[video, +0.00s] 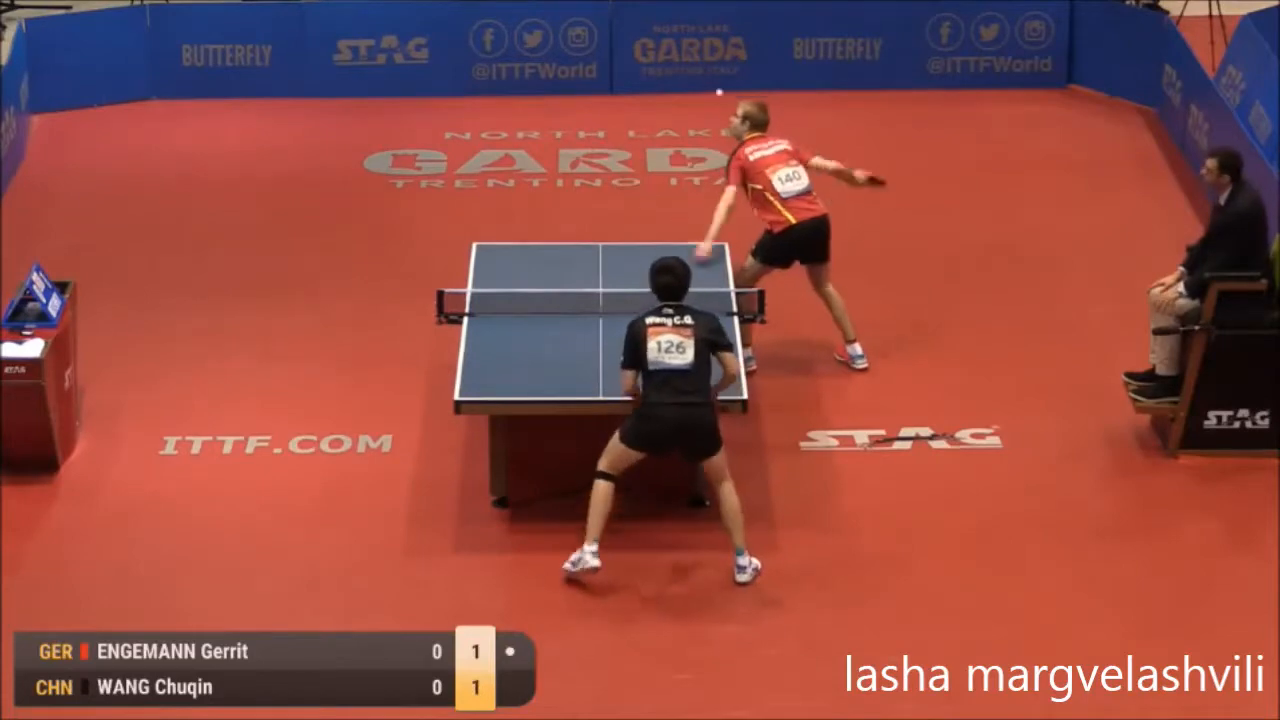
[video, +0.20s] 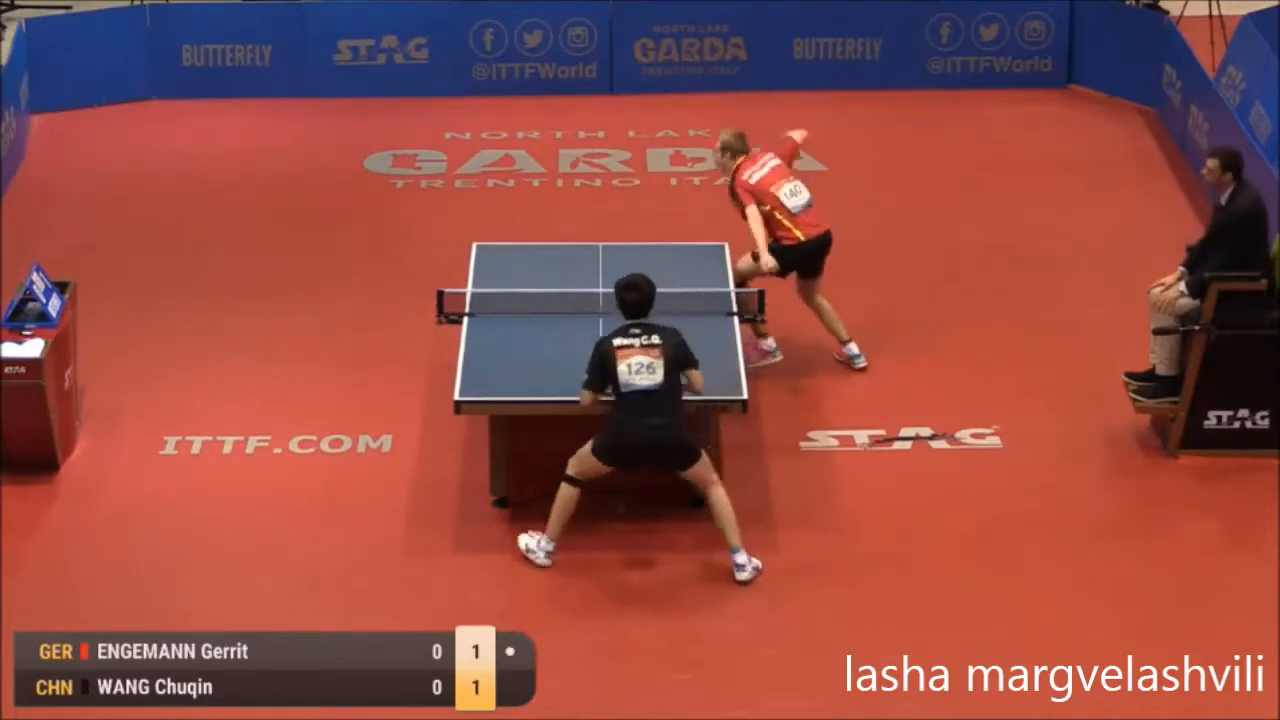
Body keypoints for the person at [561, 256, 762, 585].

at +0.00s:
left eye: (658, 282)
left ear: (653, 287)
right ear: (687, 287)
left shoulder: (639, 325)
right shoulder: (706, 321)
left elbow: (628, 385)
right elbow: (732, 371)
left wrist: (643, 397)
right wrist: (713, 391)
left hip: (653, 417)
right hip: (699, 418)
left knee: (607, 471)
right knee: (722, 482)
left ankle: (589, 550)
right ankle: (742, 559)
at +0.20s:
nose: (630, 302)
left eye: (625, 298)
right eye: (641, 297)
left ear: (619, 306)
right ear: (651, 304)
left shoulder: (606, 344)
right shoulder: (671, 337)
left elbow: (587, 400)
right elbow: (698, 385)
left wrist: (618, 398)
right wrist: (677, 373)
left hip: (624, 436)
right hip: (670, 436)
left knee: (575, 472)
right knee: (711, 485)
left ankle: (545, 545)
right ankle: (741, 561)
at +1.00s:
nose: (495, 320)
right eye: (495, 317)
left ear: (465, 314)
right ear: (493, 322)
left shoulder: (443, 331)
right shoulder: (497, 348)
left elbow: (420, 327)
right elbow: (530, 366)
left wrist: (442, 324)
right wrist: (524, 343)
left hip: (422, 427)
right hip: (459, 435)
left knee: (416, 460)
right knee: (527, 485)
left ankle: (388, 521)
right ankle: (572, 558)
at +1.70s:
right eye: (583, 331)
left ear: (560, 342)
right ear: (593, 338)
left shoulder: (546, 380)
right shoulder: (616, 373)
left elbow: (505, 423)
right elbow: (642, 426)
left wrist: (530, 431)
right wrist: (631, 440)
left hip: (570, 476)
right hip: (617, 471)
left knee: (525, 536)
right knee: (674, 519)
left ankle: (516, 617)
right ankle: (720, 590)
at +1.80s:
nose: (608, 366)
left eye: (596, 363)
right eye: (613, 362)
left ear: (590, 371)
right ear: (623, 367)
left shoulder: (579, 410)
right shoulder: (646, 400)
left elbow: (545, 459)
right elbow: (677, 449)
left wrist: (577, 460)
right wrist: (648, 454)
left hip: (598, 505)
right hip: (649, 502)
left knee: (543, 537)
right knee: (708, 535)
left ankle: (516, 618)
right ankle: (745, 612)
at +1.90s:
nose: (621, 365)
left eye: (616, 362)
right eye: (634, 360)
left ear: (614, 370)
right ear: (647, 363)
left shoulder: (612, 409)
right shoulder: (673, 392)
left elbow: (596, 464)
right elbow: (702, 436)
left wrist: (574, 468)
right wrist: (669, 436)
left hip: (632, 499)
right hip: (680, 495)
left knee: (575, 550)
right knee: (739, 526)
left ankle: (520, 615)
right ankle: (747, 612)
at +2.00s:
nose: (650, 359)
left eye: (648, 355)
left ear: (647, 362)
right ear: (680, 354)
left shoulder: (653, 403)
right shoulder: (703, 377)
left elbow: (652, 461)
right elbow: (728, 415)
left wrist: (613, 484)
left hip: (687, 486)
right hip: (730, 479)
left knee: (629, 547)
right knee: (764, 528)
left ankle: (590, 622)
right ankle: (750, 609)